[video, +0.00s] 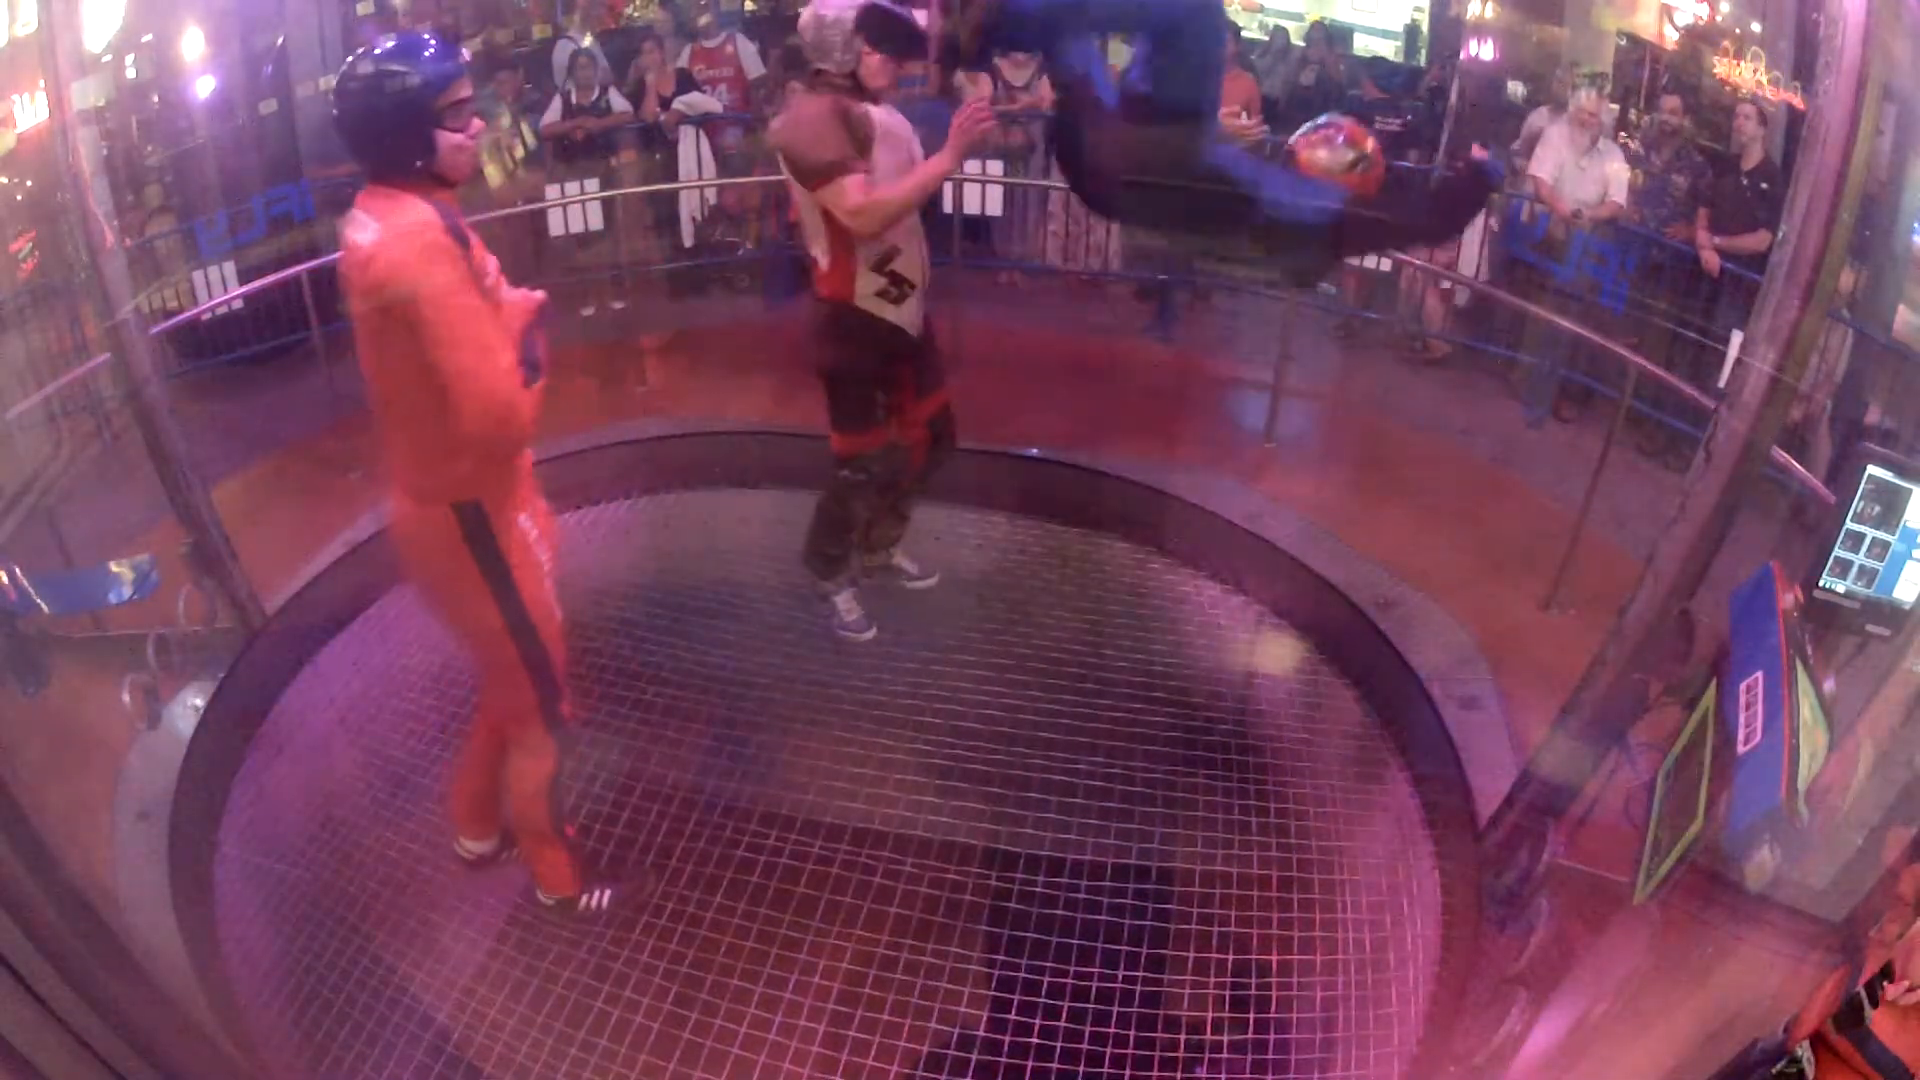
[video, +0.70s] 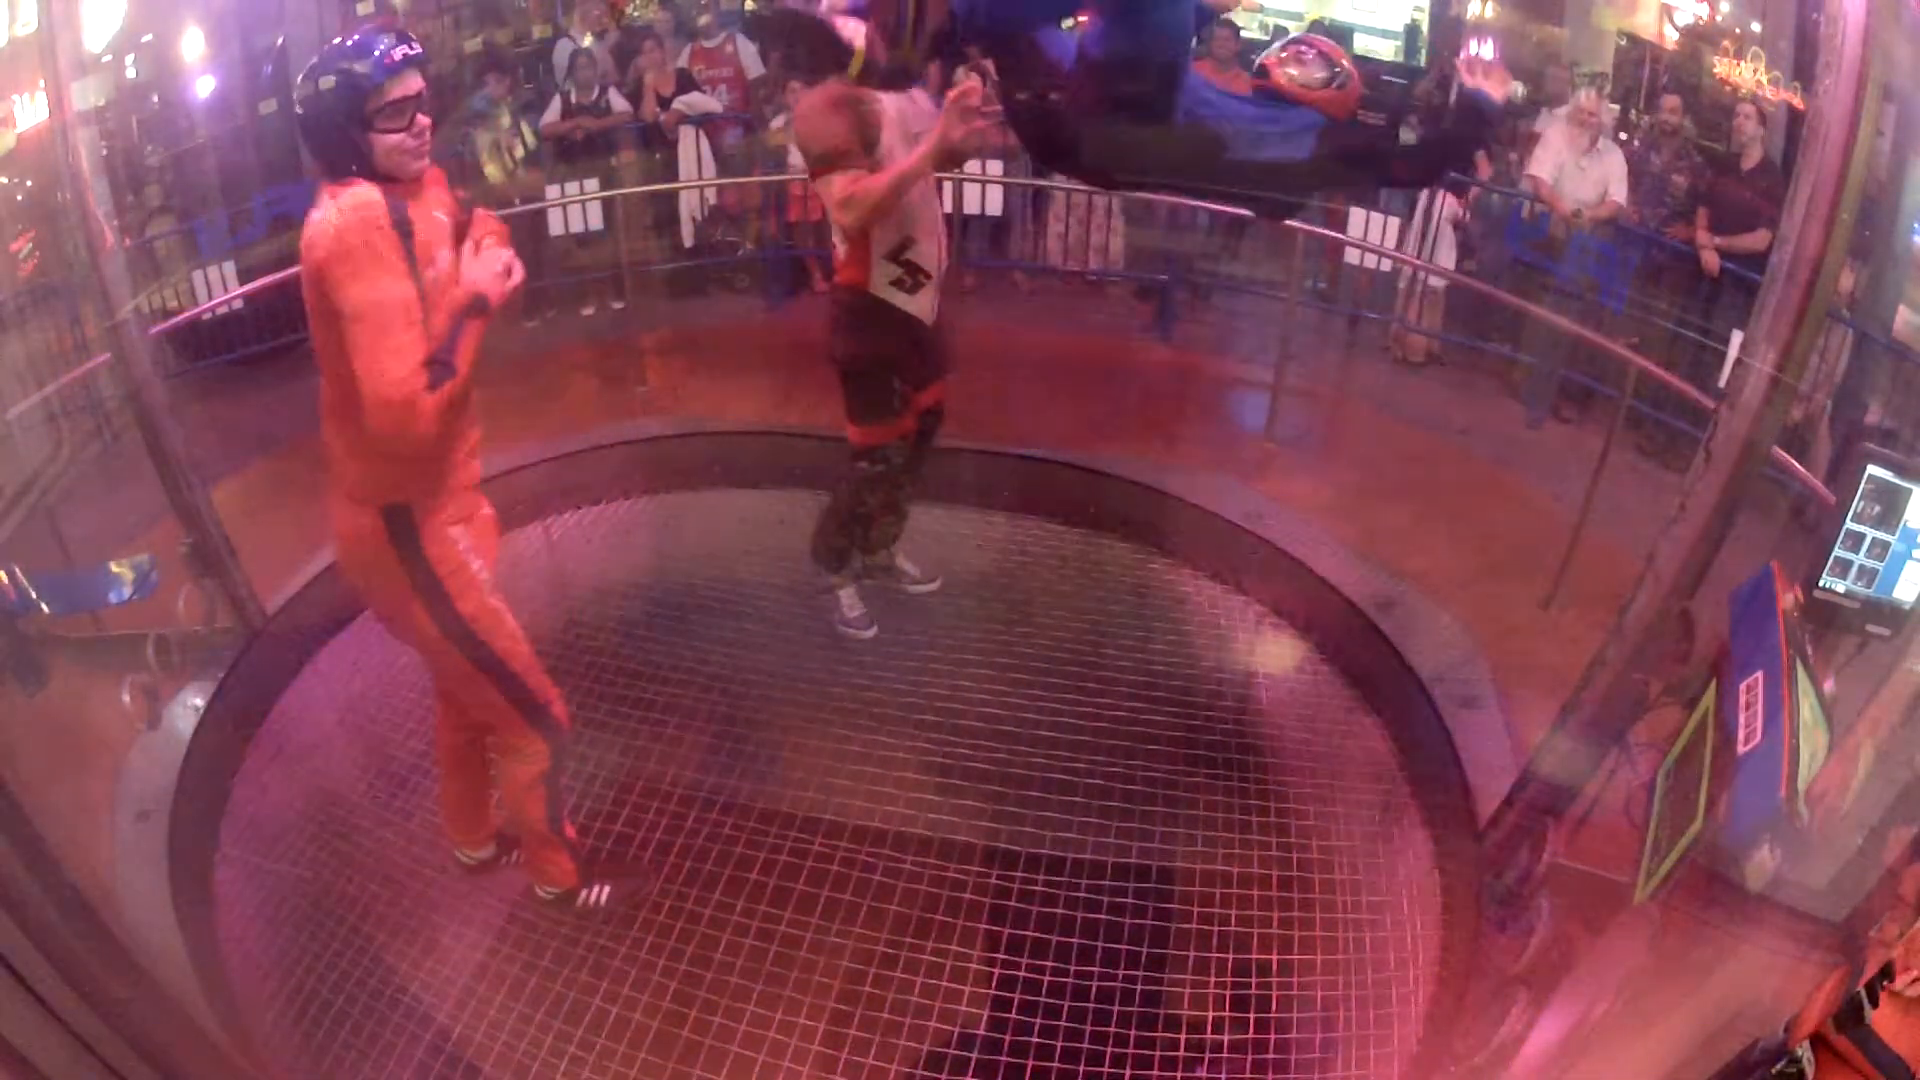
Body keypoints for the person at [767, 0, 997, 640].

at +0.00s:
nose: (897, 73)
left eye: (900, 62)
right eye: (888, 60)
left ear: (880, 60)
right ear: (853, 53)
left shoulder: (880, 115)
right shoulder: (811, 121)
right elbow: (860, 215)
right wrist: (950, 155)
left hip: (903, 314)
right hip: (851, 319)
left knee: (929, 438)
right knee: (865, 459)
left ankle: (879, 547)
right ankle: (830, 574)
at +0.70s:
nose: (843, 167)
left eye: (847, 153)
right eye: (832, 160)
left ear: (864, 132)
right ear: (824, 154)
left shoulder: (900, 124)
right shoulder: (836, 180)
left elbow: (950, 147)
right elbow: (860, 208)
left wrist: (966, 118)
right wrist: (935, 147)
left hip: (915, 315)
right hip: (865, 319)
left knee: (918, 440)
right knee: (878, 456)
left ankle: (880, 550)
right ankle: (834, 569)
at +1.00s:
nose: (869, 84)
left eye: (874, 71)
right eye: (854, 71)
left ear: (887, 83)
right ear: (832, 84)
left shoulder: (895, 131)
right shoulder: (801, 139)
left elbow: (943, 153)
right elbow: (767, 210)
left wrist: (940, 144)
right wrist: (854, 183)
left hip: (895, 311)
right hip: (835, 316)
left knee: (900, 442)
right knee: (865, 459)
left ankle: (876, 553)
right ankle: (821, 563)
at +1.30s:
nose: (772, 46)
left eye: (781, 32)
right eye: (758, 34)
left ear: (793, 40)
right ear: (732, 48)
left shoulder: (838, 124)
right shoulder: (717, 135)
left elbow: (874, 204)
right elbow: (686, 241)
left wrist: (864, 203)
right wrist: (790, 247)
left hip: (831, 320)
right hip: (766, 326)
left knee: (879, 436)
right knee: (765, 483)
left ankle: (869, 550)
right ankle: (713, 579)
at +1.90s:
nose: (695, 85)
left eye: (703, 71)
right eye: (677, 73)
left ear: (716, 77)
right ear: (646, 85)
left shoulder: (734, 138)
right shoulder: (620, 166)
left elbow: (776, 203)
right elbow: (606, 286)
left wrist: (777, 221)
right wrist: (688, 272)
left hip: (773, 355)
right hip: (702, 370)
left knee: (801, 494)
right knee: (747, 523)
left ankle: (773, 606)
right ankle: (713, 597)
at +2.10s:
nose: (684, 107)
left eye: (693, 92)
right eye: (665, 95)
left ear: (706, 96)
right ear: (631, 108)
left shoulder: (726, 166)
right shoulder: (604, 197)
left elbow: (764, 231)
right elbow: (585, 340)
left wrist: (777, 250)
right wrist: (686, 368)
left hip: (775, 397)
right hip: (706, 421)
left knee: (803, 525)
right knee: (770, 596)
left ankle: (789, 617)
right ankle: (701, 667)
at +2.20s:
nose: (673, 120)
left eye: (682, 105)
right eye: (653, 110)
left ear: (697, 109)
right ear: (616, 123)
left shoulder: (712, 174)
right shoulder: (593, 217)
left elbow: (751, 242)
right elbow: (579, 365)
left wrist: (775, 260)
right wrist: (675, 377)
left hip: (777, 421)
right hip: (704, 444)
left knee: (800, 528)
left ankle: (782, 622)